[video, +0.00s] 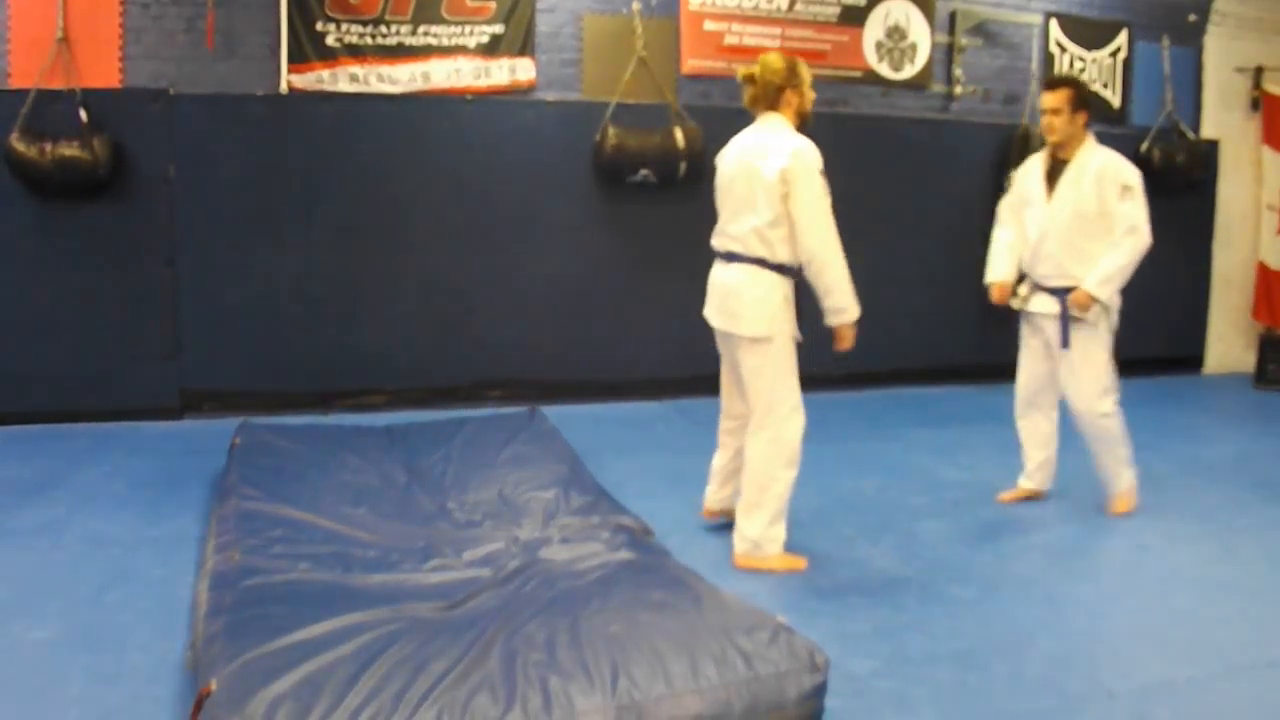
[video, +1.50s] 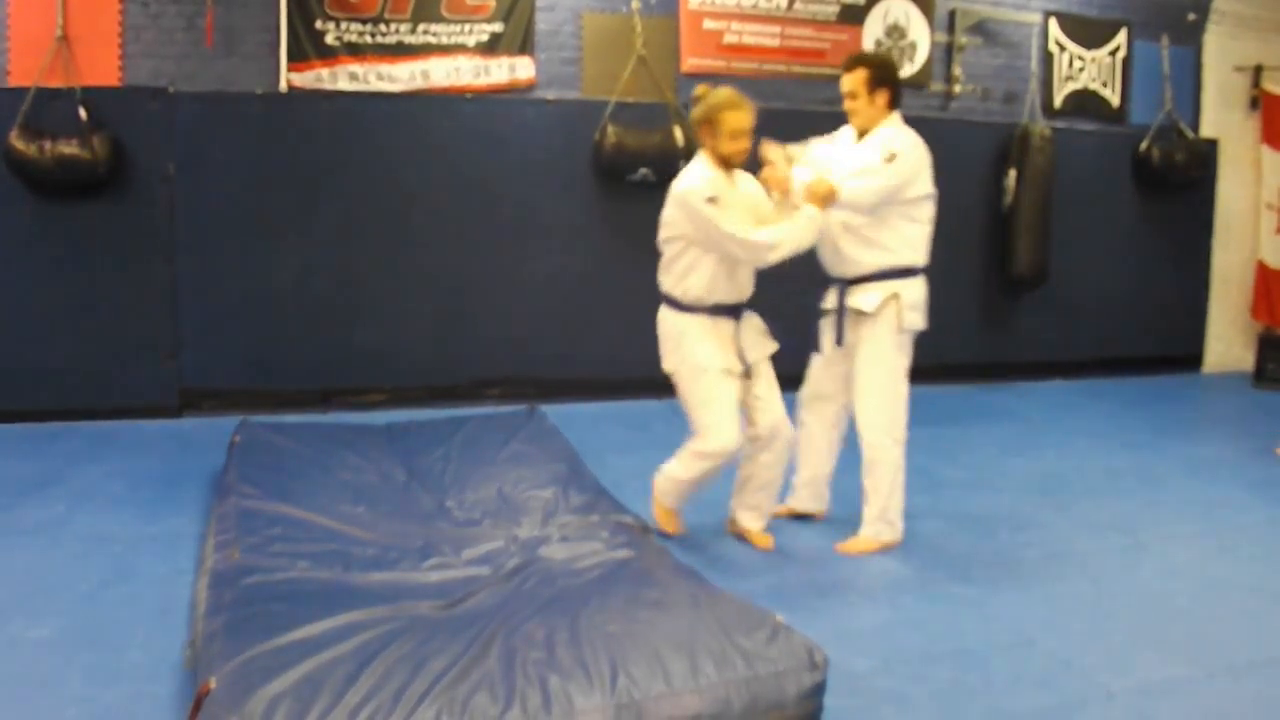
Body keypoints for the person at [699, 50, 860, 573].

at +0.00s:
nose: (811, 98)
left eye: (809, 89)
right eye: (807, 90)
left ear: (759, 94)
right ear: (792, 95)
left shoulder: (733, 148)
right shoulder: (797, 153)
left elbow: (734, 223)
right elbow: (817, 240)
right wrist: (842, 312)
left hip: (723, 280)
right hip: (765, 290)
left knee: (737, 403)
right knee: (779, 417)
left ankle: (721, 496)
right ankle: (758, 543)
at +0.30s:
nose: (802, 96)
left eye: (799, 87)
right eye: (796, 88)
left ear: (755, 95)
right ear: (778, 94)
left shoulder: (733, 146)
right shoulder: (780, 155)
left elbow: (738, 226)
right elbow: (799, 241)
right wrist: (839, 304)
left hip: (733, 279)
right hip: (769, 287)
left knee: (738, 402)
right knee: (784, 412)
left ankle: (724, 506)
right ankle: (758, 541)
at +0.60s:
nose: (797, 99)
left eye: (794, 90)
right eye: (793, 91)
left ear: (749, 95)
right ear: (776, 95)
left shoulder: (732, 149)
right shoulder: (779, 156)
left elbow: (735, 231)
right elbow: (790, 248)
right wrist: (812, 320)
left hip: (735, 277)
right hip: (766, 286)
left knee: (735, 403)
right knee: (784, 414)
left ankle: (720, 506)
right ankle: (756, 541)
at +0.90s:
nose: (799, 100)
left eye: (795, 91)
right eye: (794, 92)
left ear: (752, 96)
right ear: (778, 95)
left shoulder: (731, 149)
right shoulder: (779, 154)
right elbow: (800, 241)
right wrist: (876, 254)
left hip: (733, 283)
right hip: (767, 291)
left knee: (734, 404)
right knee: (782, 416)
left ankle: (720, 506)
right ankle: (756, 541)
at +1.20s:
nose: (809, 112)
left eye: (807, 103)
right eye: (804, 102)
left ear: (768, 102)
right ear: (781, 101)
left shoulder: (745, 144)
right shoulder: (775, 153)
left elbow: (802, 214)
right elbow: (834, 227)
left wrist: (837, 196)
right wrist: (870, 200)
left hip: (722, 286)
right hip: (743, 293)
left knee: (753, 407)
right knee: (776, 418)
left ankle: (730, 504)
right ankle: (758, 543)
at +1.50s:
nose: (744, 144)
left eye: (748, 134)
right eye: (734, 135)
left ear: (751, 133)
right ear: (707, 136)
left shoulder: (744, 181)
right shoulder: (692, 189)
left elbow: (774, 229)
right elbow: (755, 249)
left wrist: (784, 196)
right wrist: (812, 213)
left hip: (737, 320)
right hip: (691, 323)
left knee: (772, 429)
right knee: (721, 438)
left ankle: (749, 517)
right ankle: (666, 493)